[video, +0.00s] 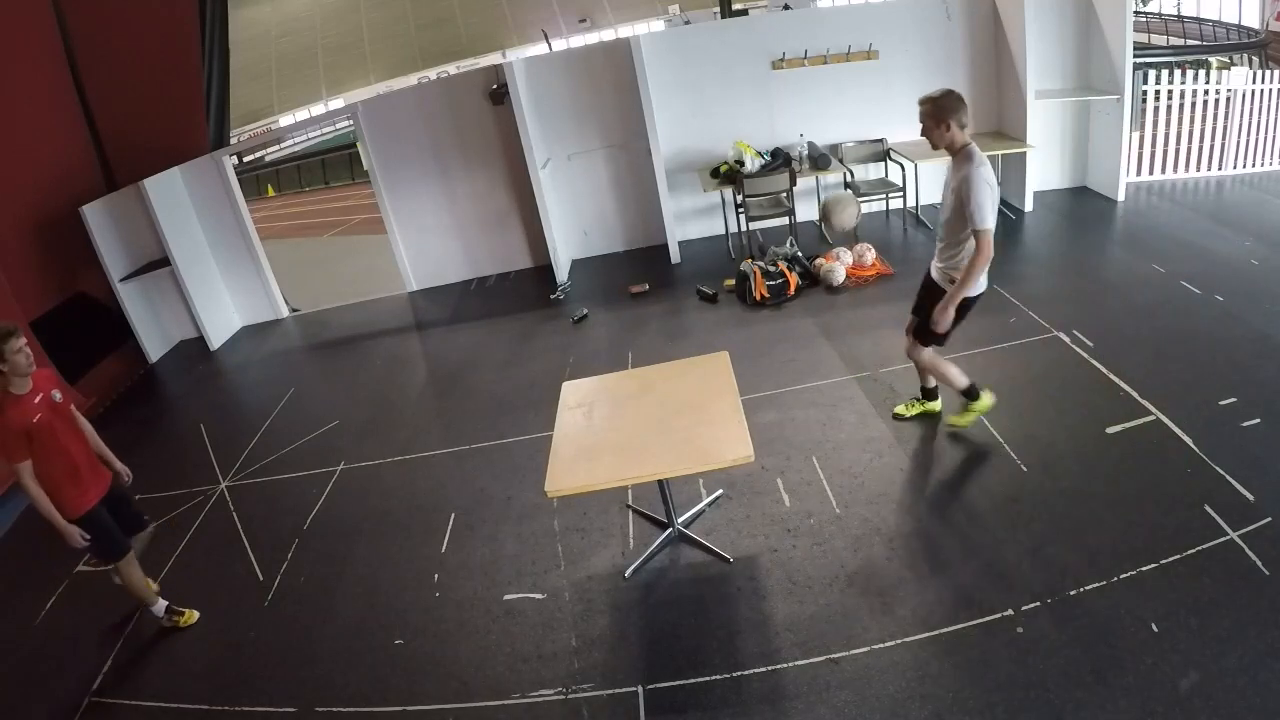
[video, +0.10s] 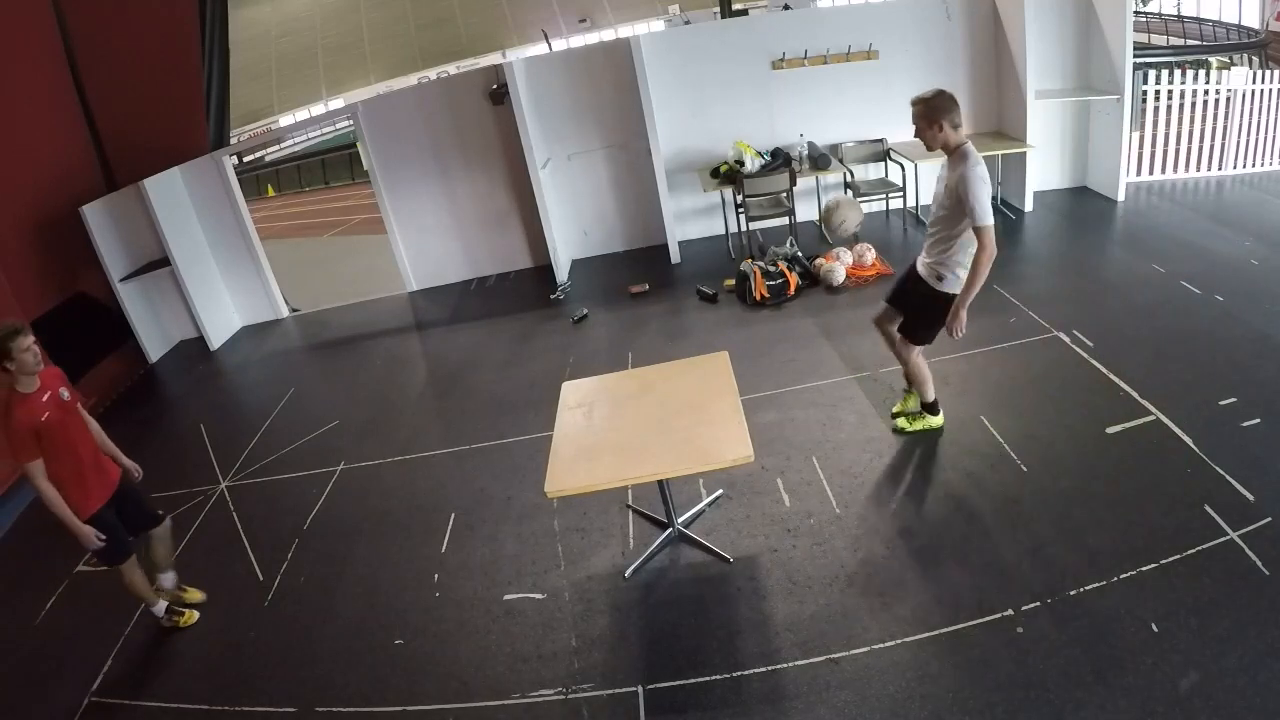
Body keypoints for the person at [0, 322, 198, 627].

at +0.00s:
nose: (28, 353)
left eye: (26, 346)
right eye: (18, 351)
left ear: (30, 347)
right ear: (4, 364)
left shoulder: (47, 377)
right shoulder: (10, 417)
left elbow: (79, 421)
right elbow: (27, 480)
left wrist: (113, 461)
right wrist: (63, 526)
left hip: (101, 477)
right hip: (77, 502)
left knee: (141, 528)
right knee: (122, 555)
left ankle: (123, 572)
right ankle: (163, 611)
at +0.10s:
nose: (36, 351)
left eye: (34, 344)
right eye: (27, 350)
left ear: (37, 344)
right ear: (9, 364)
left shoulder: (53, 375)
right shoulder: (18, 417)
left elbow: (85, 420)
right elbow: (40, 481)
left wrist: (122, 459)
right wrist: (77, 527)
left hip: (110, 478)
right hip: (86, 505)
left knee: (158, 525)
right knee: (126, 558)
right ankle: (162, 611)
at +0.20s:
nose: (48, 350)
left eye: (45, 343)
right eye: (39, 348)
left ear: (47, 344)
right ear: (20, 363)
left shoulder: (65, 376)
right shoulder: (28, 417)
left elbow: (96, 420)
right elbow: (55, 483)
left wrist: (132, 460)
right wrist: (97, 525)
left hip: (124, 478)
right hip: (98, 506)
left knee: (173, 532)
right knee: (130, 563)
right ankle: (162, 611)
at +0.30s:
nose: (62, 351)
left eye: (59, 344)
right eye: (52, 349)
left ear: (62, 345)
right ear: (33, 363)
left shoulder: (81, 376)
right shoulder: (40, 419)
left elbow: (114, 424)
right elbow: (72, 484)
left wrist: (147, 465)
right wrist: (119, 522)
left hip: (140, 484)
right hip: (110, 512)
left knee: (190, 540)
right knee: (138, 567)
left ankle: (252, 591)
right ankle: (163, 610)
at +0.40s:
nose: (78, 347)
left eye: (76, 340)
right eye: (68, 345)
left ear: (78, 341)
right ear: (48, 360)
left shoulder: (98, 376)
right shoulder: (56, 417)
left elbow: (131, 424)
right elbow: (87, 484)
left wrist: (164, 469)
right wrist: (138, 518)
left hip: (157, 482)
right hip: (124, 511)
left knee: (207, 540)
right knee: (149, 567)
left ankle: (263, 602)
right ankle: (164, 610)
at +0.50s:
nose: (94, 338)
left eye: (91, 331)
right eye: (84, 335)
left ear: (88, 335)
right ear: (63, 350)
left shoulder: (112, 370)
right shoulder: (70, 411)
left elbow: (147, 420)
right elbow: (99, 478)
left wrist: (182, 464)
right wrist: (149, 516)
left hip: (175, 480)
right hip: (145, 509)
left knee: (222, 539)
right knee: (175, 570)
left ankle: (267, 604)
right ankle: (168, 604)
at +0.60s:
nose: (106, 331)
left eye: (104, 324)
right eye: (96, 328)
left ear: (106, 326)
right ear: (75, 343)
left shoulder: (125, 364)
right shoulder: (80, 403)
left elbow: (160, 412)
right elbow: (110, 473)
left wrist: (199, 459)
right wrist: (158, 517)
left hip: (188, 475)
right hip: (160, 504)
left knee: (230, 541)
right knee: (207, 568)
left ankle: (266, 604)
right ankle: (190, 601)